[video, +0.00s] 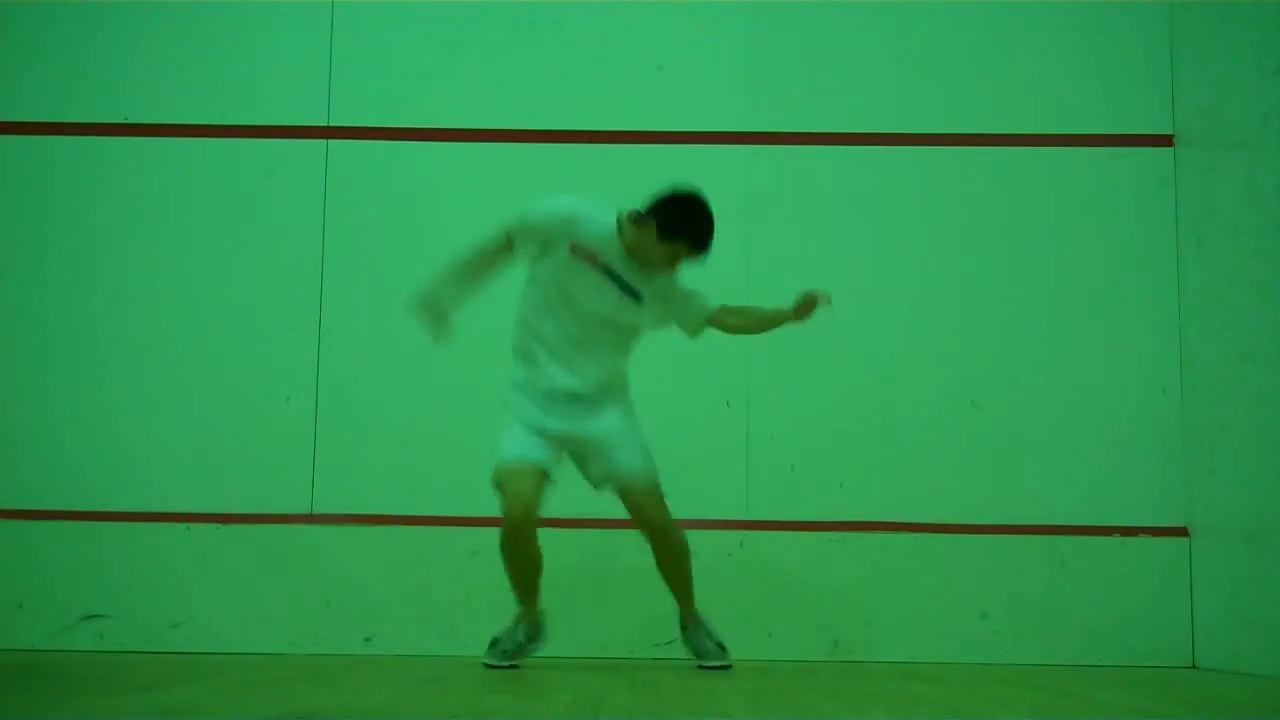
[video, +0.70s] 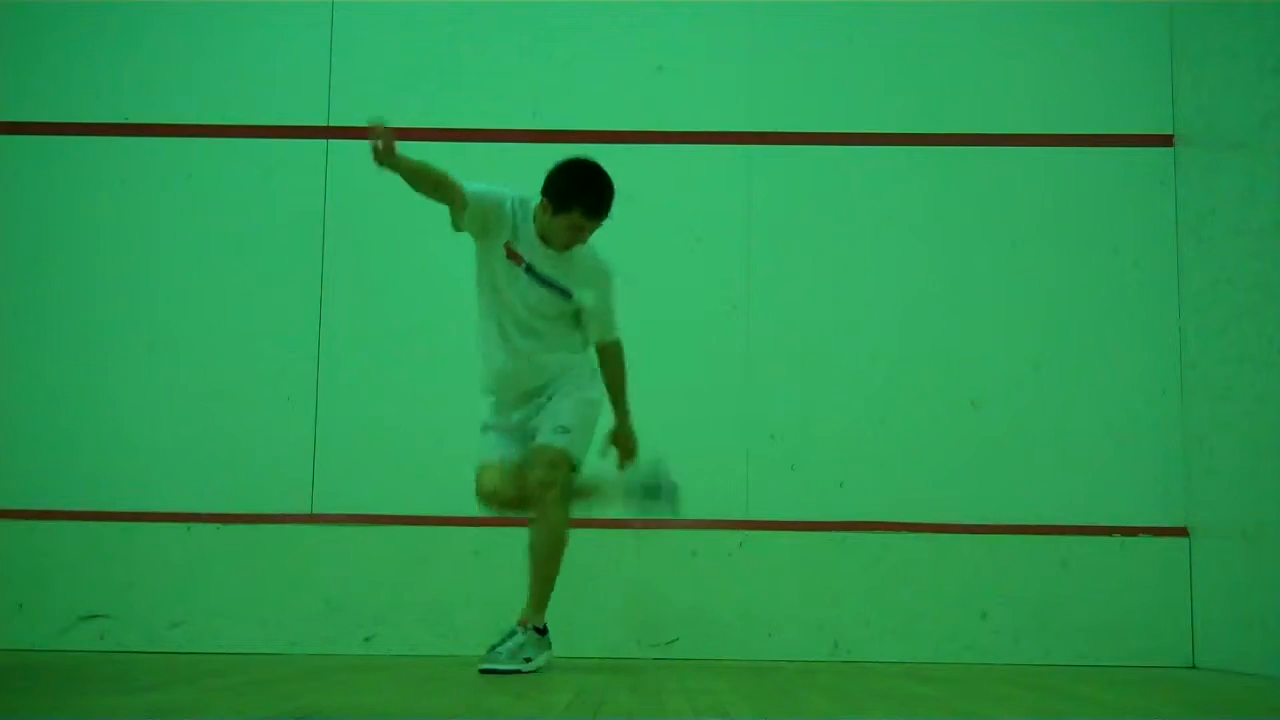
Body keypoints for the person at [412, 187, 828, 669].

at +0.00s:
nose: (669, 267)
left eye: (677, 261)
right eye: (668, 254)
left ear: (681, 255)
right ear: (644, 225)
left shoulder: (664, 290)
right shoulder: (572, 223)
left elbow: (722, 316)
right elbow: (502, 244)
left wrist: (789, 315)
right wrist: (443, 295)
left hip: (602, 408)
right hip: (533, 400)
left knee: (654, 514)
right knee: (517, 512)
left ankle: (692, 621)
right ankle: (528, 619)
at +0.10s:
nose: (653, 298)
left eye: (662, 292)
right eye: (651, 287)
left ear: (671, 285)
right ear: (630, 259)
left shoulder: (665, 313)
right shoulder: (555, 278)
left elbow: (731, 330)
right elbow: (498, 323)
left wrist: (788, 328)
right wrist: (470, 393)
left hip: (619, 450)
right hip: (547, 448)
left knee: (681, 542)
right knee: (529, 542)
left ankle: (697, 637)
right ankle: (518, 634)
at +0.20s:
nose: (611, 284)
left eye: (620, 278)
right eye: (607, 275)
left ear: (628, 267)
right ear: (585, 252)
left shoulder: (634, 285)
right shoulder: (528, 273)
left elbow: (696, 306)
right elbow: (463, 331)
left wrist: (760, 341)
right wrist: (463, 415)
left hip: (615, 440)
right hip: (542, 441)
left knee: (662, 536)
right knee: (505, 528)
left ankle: (688, 627)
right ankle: (514, 632)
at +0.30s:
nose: (594, 249)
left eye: (601, 241)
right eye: (587, 240)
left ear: (611, 229)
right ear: (563, 219)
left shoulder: (626, 249)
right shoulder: (516, 243)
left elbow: (690, 263)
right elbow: (438, 296)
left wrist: (764, 285)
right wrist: (456, 372)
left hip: (602, 397)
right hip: (534, 399)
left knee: (611, 487)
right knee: (508, 513)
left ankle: (656, 597)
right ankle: (514, 629)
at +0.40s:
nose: (593, 223)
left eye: (603, 217)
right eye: (588, 213)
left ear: (615, 205)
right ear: (564, 188)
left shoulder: (622, 229)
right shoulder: (513, 210)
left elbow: (694, 243)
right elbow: (424, 248)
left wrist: (772, 261)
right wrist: (430, 330)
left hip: (585, 368)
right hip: (520, 372)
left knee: (570, 464)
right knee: (502, 488)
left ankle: (595, 602)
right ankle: (545, 598)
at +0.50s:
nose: (592, 227)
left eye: (604, 220)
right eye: (588, 214)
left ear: (615, 214)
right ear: (564, 189)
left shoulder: (611, 253)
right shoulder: (507, 206)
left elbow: (686, 288)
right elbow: (417, 203)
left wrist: (763, 327)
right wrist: (386, 277)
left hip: (566, 378)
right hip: (505, 379)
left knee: (527, 486)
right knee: (494, 496)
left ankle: (528, 629)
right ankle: (599, 577)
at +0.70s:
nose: (582, 237)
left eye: (591, 229)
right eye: (576, 225)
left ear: (596, 224)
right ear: (548, 206)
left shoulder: (592, 271)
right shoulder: (499, 213)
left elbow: (608, 346)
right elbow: (448, 191)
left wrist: (622, 420)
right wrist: (395, 162)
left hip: (570, 386)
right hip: (508, 390)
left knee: (545, 479)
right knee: (496, 488)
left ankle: (533, 627)